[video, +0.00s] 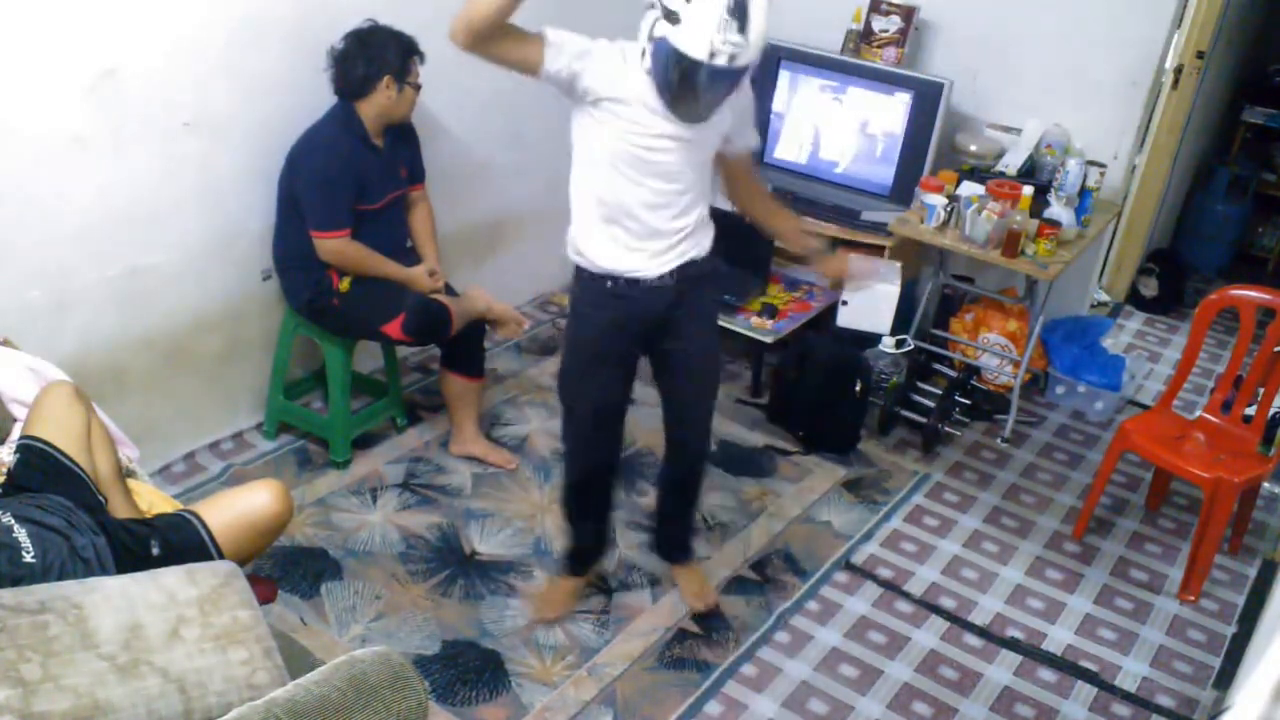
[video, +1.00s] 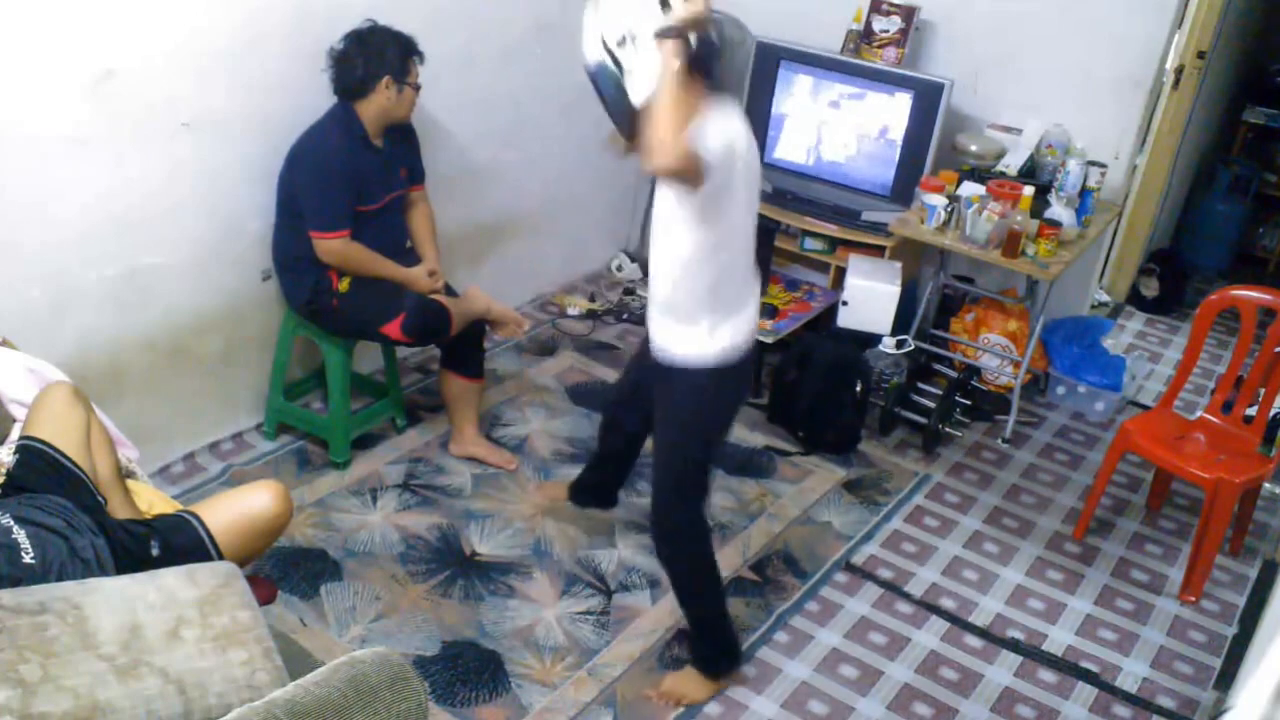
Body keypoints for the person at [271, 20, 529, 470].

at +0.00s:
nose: (419, 95)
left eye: (419, 86)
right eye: (416, 86)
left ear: (386, 87)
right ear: (387, 87)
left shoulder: (398, 130)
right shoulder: (326, 151)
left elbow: (417, 202)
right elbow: (332, 249)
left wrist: (430, 261)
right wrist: (407, 276)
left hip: (388, 266)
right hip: (327, 284)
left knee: (465, 323)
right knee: (423, 323)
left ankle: (466, 435)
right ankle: (479, 305)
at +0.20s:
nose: (419, 95)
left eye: (419, 86)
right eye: (415, 86)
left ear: (386, 87)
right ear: (386, 87)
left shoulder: (399, 131)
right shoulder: (325, 151)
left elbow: (417, 202)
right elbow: (332, 249)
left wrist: (429, 260)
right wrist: (407, 276)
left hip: (388, 265)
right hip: (326, 283)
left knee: (465, 325)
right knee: (424, 323)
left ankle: (466, 436)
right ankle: (478, 305)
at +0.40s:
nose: (419, 95)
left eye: (419, 86)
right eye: (415, 86)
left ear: (386, 87)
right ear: (386, 87)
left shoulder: (399, 131)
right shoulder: (325, 151)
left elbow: (417, 202)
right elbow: (332, 249)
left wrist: (429, 259)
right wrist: (407, 276)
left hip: (389, 265)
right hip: (326, 283)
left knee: (465, 321)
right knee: (423, 323)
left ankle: (466, 435)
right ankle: (478, 304)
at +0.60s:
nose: (419, 95)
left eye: (419, 87)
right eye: (416, 86)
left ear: (386, 87)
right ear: (387, 87)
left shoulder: (399, 130)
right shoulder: (326, 151)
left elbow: (417, 202)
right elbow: (332, 249)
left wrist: (430, 260)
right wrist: (407, 276)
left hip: (388, 265)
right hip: (326, 283)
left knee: (466, 325)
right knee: (424, 324)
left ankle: (466, 435)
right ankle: (477, 306)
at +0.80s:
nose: (419, 95)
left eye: (418, 86)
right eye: (415, 86)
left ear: (386, 87)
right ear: (386, 87)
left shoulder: (399, 131)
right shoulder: (325, 150)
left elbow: (416, 202)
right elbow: (332, 249)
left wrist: (429, 259)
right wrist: (407, 277)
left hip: (388, 266)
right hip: (325, 283)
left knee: (466, 322)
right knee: (420, 323)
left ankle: (466, 435)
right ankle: (476, 305)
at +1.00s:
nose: (418, 95)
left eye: (418, 86)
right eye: (415, 86)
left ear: (386, 87)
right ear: (386, 87)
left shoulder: (399, 131)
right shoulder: (324, 150)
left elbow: (416, 202)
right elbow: (331, 249)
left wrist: (429, 259)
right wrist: (406, 276)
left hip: (389, 267)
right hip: (326, 283)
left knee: (466, 322)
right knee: (420, 323)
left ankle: (465, 435)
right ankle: (476, 305)